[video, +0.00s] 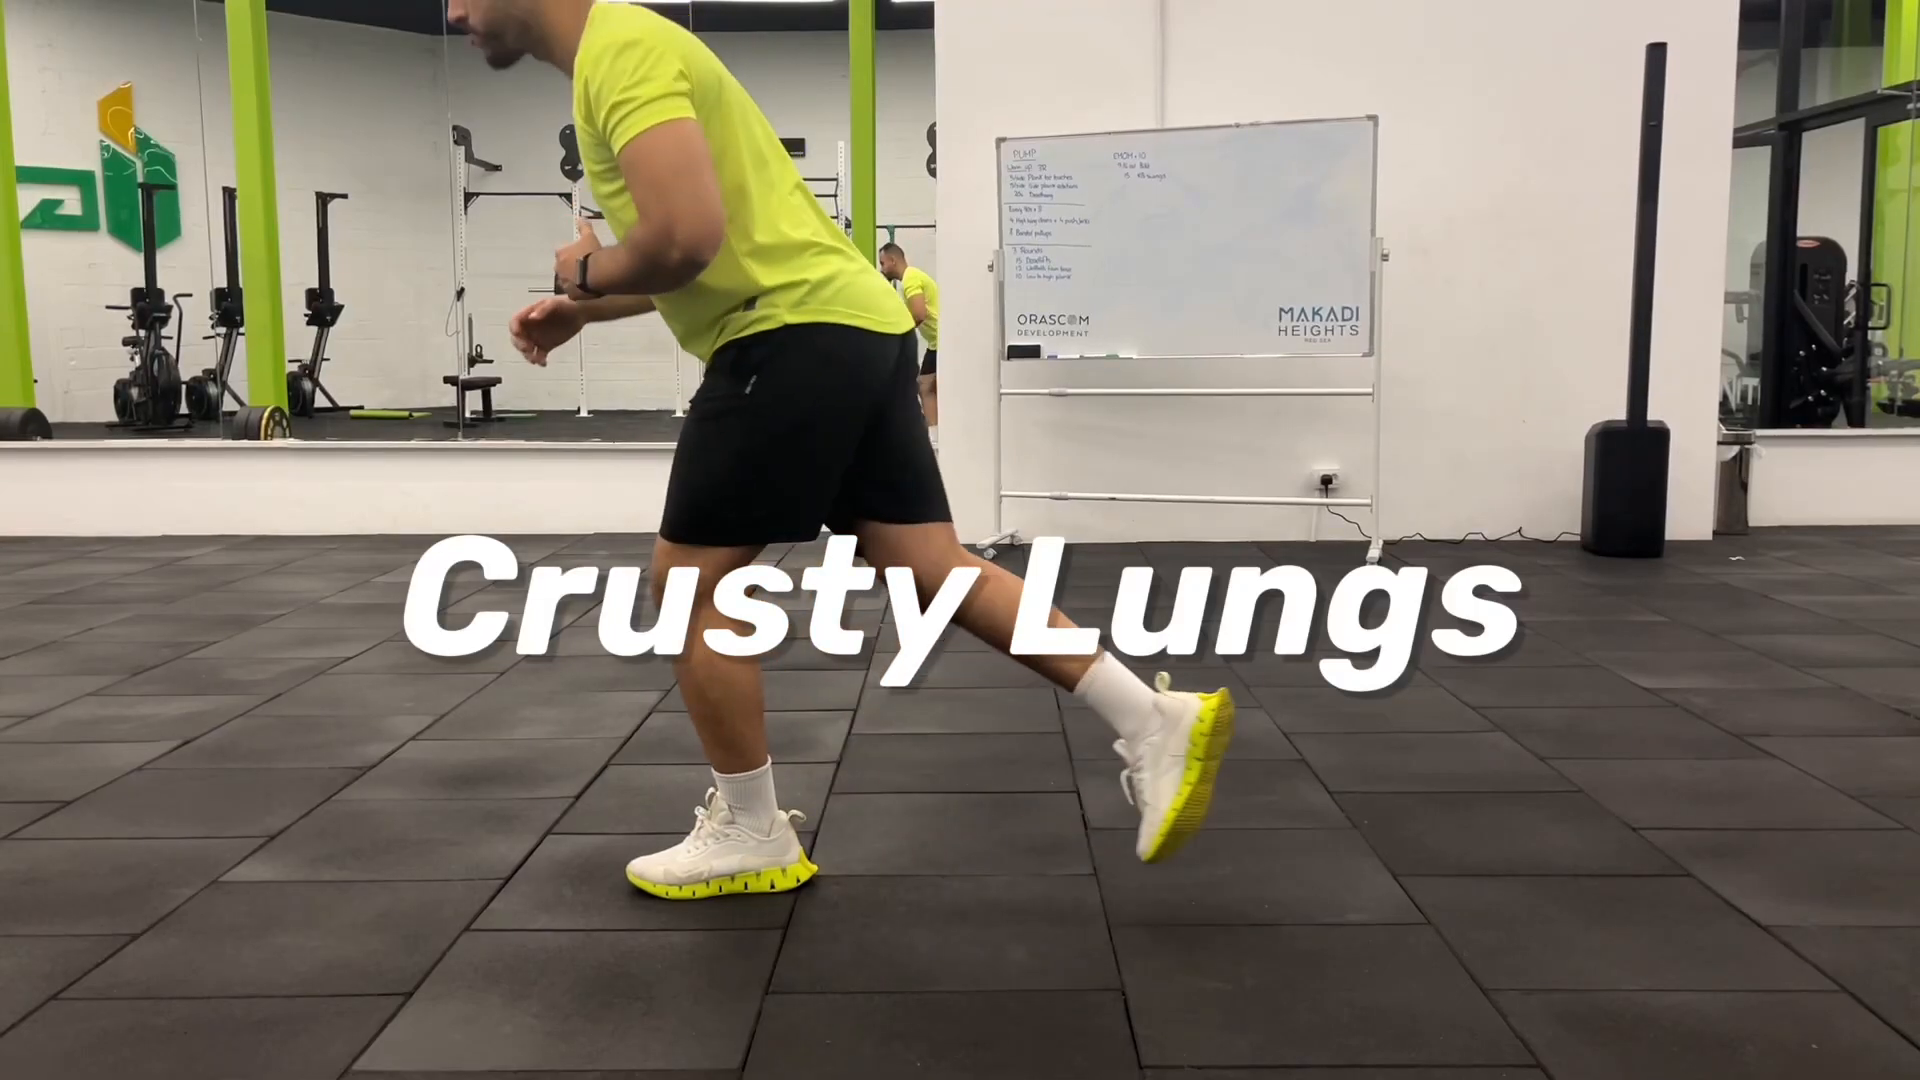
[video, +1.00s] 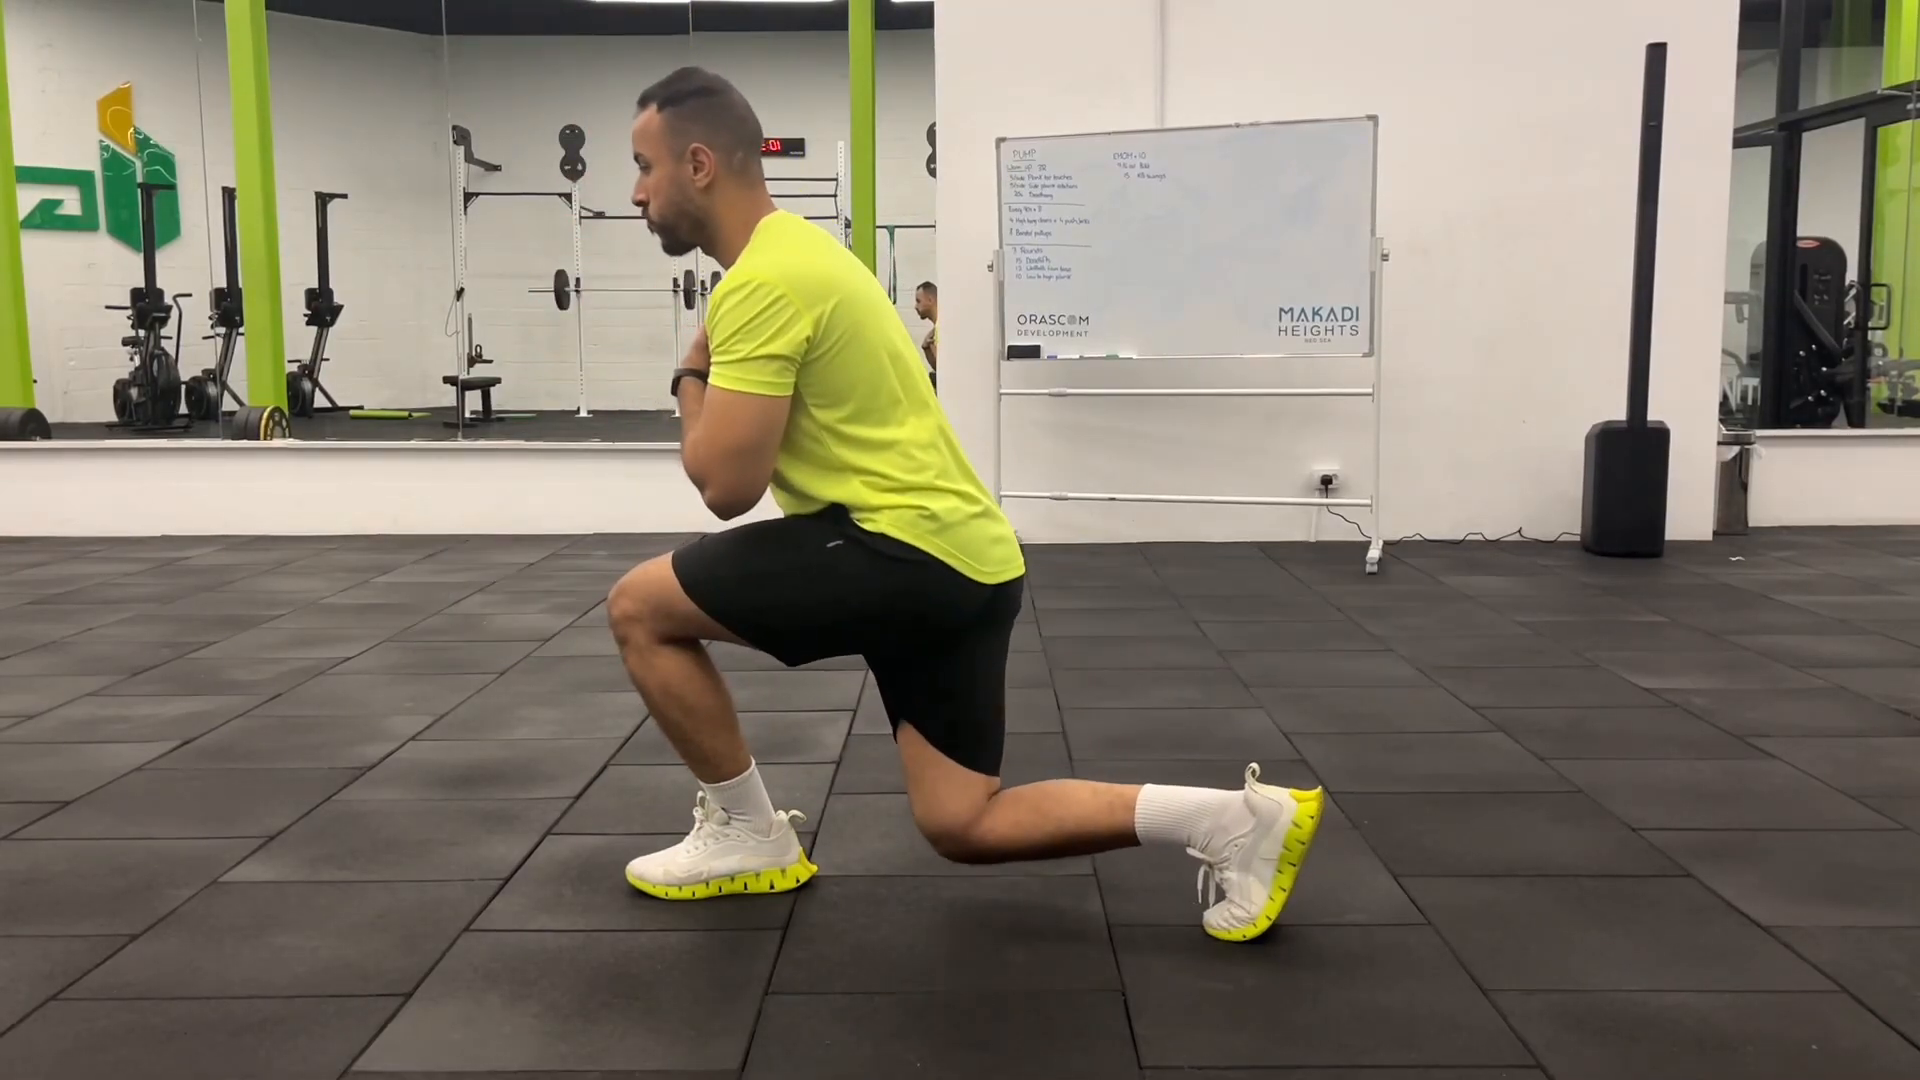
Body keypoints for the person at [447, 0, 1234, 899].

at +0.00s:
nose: (453, 16)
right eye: (450, 5)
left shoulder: (622, 46)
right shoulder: (620, 70)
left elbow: (687, 229)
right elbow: (695, 264)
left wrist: (598, 269)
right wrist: (585, 312)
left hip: (785, 336)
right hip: (862, 326)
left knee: (691, 585)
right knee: (930, 563)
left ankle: (749, 827)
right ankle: (1153, 715)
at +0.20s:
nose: (471, 84)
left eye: (476, 55)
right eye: (465, 60)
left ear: (540, 40)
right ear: (547, 41)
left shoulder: (640, 120)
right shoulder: (646, 128)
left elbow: (677, 311)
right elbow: (728, 313)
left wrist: (595, 288)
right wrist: (625, 354)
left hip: (826, 385)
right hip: (897, 379)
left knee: (665, 592)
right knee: (975, 616)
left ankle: (749, 827)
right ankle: (1210, 769)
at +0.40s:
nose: (535, 145)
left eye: (541, 120)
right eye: (531, 123)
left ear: (598, 107)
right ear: (613, 106)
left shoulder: (683, 202)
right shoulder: (714, 187)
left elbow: (676, 405)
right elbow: (726, 368)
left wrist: (594, 356)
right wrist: (646, 318)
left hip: (860, 463)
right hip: (933, 465)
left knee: (646, 607)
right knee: (960, 722)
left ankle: (745, 831)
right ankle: (1232, 813)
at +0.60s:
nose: (591, 177)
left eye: (601, 153)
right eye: (590, 155)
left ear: (660, 149)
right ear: (671, 147)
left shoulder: (738, 251)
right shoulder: (763, 236)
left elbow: (707, 460)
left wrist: (663, 370)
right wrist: (686, 374)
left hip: (880, 519)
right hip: (950, 525)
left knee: (634, 610)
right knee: (959, 791)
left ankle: (747, 832)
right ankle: (1238, 818)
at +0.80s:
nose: (625, 194)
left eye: (634, 169)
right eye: (625, 171)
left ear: (691, 167)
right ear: (702, 165)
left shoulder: (765, 275)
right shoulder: (803, 257)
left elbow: (720, 484)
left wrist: (685, 380)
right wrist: (712, 383)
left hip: (895, 547)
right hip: (966, 553)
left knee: (638, 609)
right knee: (958, 820)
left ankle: (747, 833)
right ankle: (1228, 821)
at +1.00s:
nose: (633, 192)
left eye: (642, 166)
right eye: (634, 168)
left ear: (700, 165)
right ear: (710, 163)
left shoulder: (769, 275)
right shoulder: (812, 256)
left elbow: (725, 482)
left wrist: (690, 382)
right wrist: (716, 382)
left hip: (895, 548)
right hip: (969, 557)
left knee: (641, 609)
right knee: (960, 822)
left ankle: (746, 834)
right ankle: (1231, 821)